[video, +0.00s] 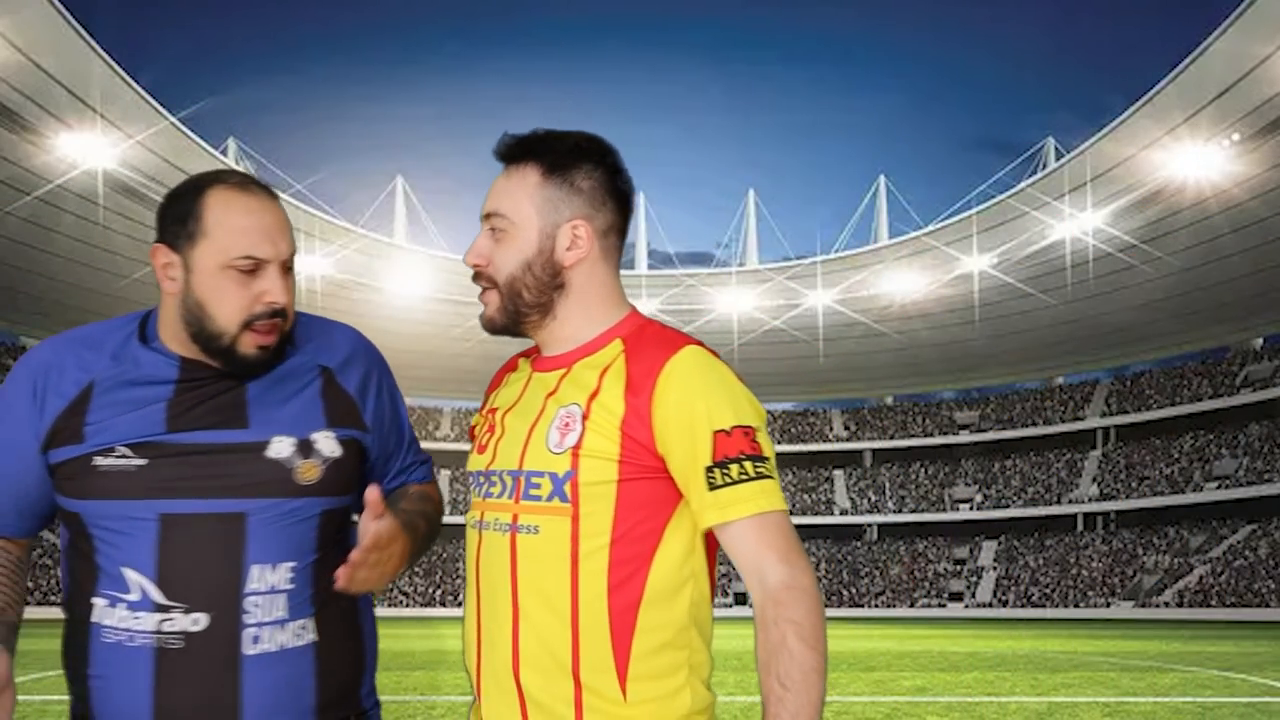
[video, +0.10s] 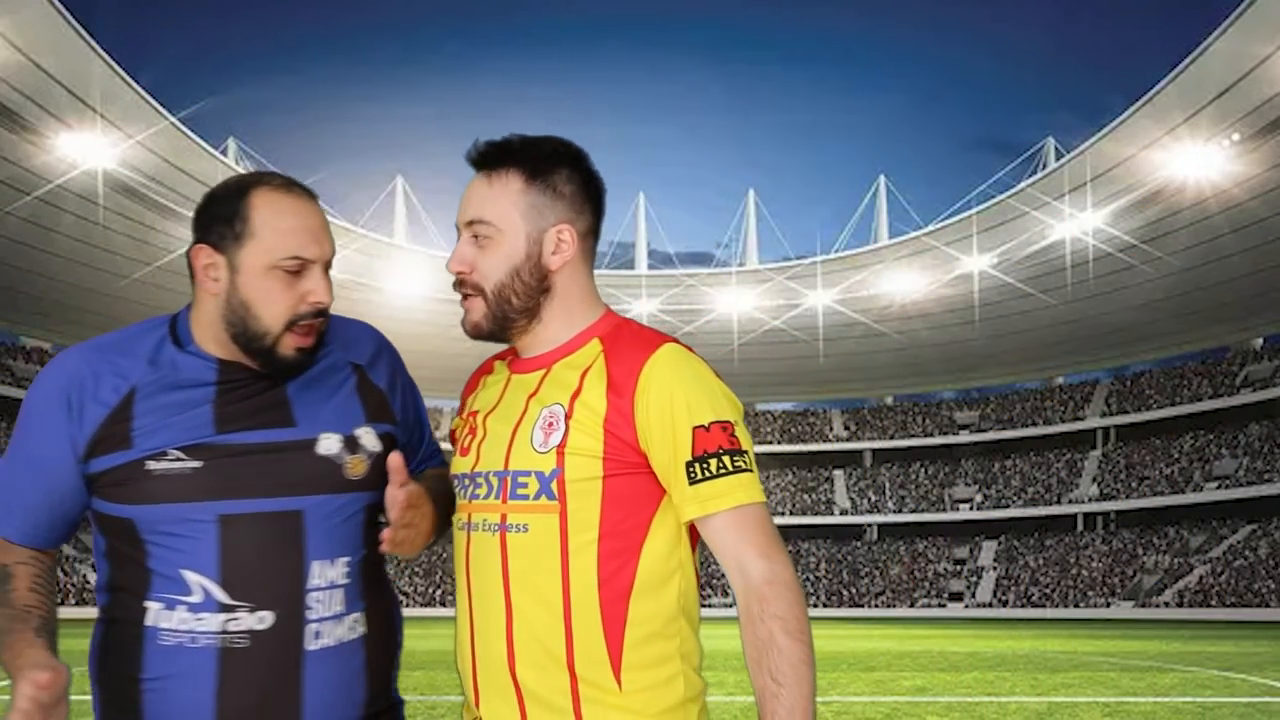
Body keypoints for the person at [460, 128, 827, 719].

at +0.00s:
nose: (472, 257)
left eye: (498, 230)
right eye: (482, 231)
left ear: (573, 243)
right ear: (573, 245)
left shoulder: (681, 376)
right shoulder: (506, 382)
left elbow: (784, 586)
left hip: (637, 704)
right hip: (500, 703)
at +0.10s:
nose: (454, 263)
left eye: (481, 236)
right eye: (461, 239)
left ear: (557, 246)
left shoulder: (660, 375)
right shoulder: (481, 386)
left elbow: (764, 580)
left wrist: (787, 712)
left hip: (630, 705)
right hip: (492, 704)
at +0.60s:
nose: (545, 272)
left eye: (576, 246)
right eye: (528, 242)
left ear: (623, 252)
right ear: (510, 245)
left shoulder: (689, 369)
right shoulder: (483, 374)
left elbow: (786, 550)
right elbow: (486, 545)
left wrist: (828, 707)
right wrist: (475, 697)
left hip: (674, 700)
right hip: (534, 705)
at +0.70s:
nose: (538, 258)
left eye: (572, 244)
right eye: (542, 231)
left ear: (637, 269)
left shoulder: (712, 375)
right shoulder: (515, 375)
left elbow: (812, 563)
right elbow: (514, 545)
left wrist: (843, 711)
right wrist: (486, 692)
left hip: (691, 703)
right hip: (550, 706)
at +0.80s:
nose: (560, 255)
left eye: (592, 238)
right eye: (572, 232)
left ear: (663, 266)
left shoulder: (745, 382)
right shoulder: (554, 377)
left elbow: (843, 576)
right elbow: (546, 552)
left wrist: (856, 714)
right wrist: (518, 696)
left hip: (712, 705)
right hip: (571, 707)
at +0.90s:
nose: (616, 259)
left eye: (652, 237)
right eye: (617, 233)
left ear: (719, 257)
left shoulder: (788, 390)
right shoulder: (596, 382)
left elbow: (880, 587)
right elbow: (588, 560)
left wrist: (876, 713)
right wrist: (559, 702)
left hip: (748, 706)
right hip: (603, 707)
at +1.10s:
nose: (689, 252)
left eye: (721, 231)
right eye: (695, 229)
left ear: (794, 256)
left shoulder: (879, 400)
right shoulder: (678, 380)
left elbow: (964, 605)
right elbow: (667, 561)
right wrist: (637, 700)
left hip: (828, 707)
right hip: (682, 708)